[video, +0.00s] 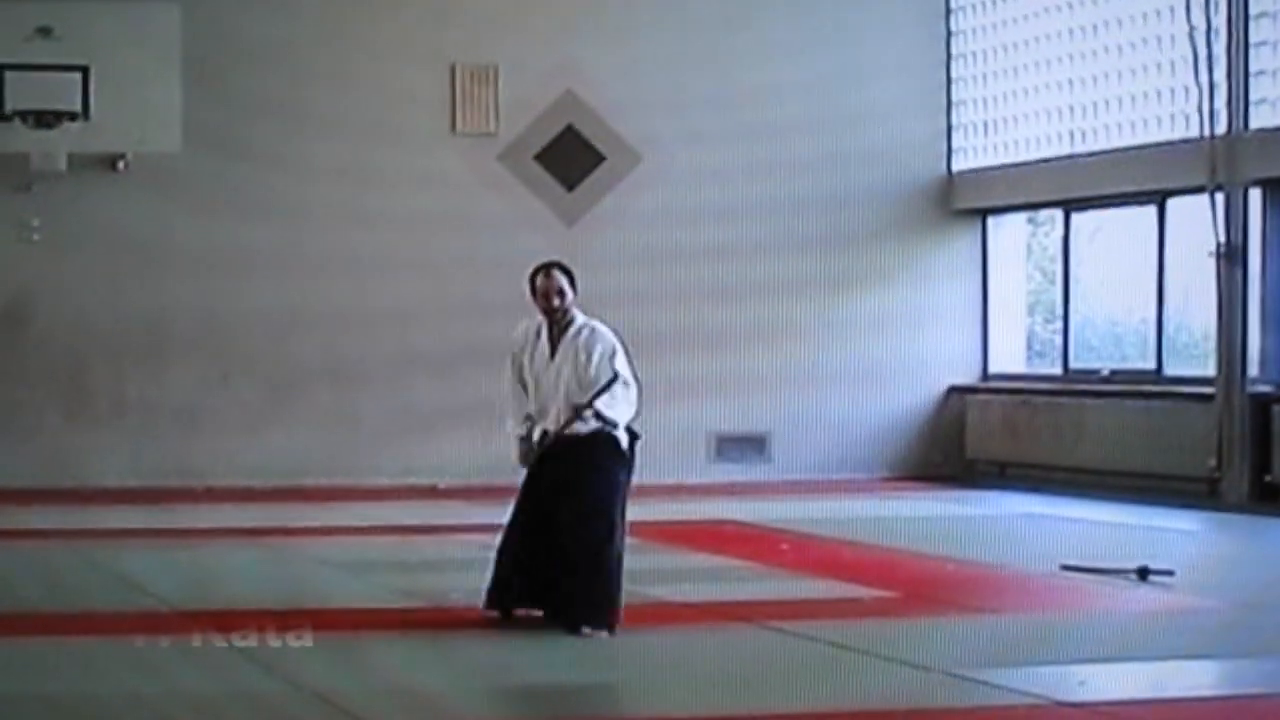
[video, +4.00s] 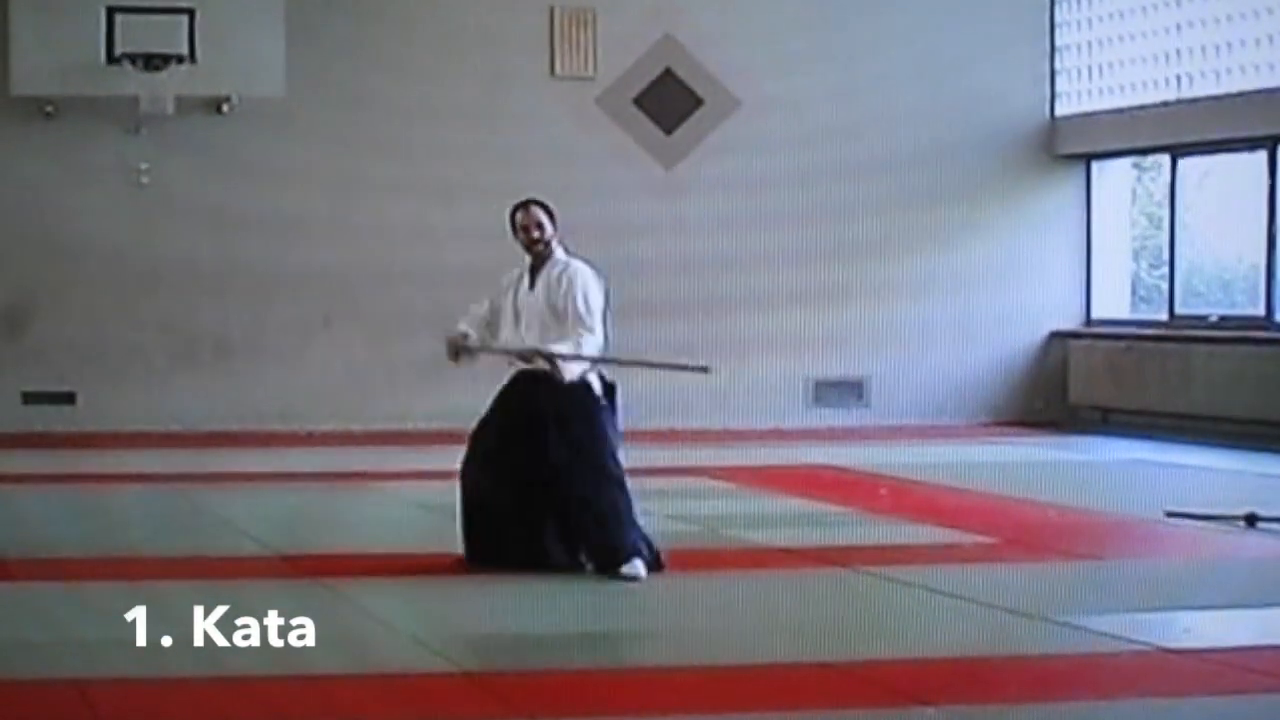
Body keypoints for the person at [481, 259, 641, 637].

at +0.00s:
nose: (553, 302)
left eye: (559, 293)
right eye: (545, 295)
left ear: (572, 294)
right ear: (535, 300)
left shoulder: (596, 337)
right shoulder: (525, 342)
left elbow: (622, 393)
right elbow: (519, 397)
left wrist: (585, 421)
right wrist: (524, 436)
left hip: (597, 442)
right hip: (551, 443)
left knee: (594, 526)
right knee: (533, 520)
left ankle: (596, 615)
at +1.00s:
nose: (522, 247)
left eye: (527, 238)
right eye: (513, 242)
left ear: (542, 242)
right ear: (505, 252)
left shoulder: (571, 288)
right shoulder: (496, 299)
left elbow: (599, 329)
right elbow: (504, 353)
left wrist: (619, 368)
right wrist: (546, 375)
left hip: (579, 394)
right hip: (525, 397)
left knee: (587, 481)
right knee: (492, 473)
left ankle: (599, 572)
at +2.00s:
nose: (453, 247)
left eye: (459, 238)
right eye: (445, 241)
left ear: (473, 239)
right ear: (437, 249)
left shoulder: (504, 278)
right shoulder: (438, 277)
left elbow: (506, 314)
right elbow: (408, 251)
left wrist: (488, 270)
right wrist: (397, 217)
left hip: (512, 389)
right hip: (466, 389)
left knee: (502, 482)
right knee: (435, 478)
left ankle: (505, 558)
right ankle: (430, 560)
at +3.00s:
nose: (610, 230)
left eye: (617, 222)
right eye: (602, 223)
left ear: (630, 226)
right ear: (590, 229)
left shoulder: (649, 275)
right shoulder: (572, 273)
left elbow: (655, 327)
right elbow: (569, 321)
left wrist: (635, 355)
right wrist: (597, 353)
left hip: (635, 377)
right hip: (588, 376)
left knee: (632, 467)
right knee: (586, 464)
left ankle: (640, 554)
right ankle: (588, 549)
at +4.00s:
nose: (534, 235)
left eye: (539, 226)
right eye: (525, 230)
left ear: (554, 227)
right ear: (517, 238)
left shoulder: (577, 276)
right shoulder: (513, 283)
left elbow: (591, 339)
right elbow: (485, 319)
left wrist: (556, 360)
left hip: (571, 387)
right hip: (525, 387)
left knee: (594, 464)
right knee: (484, 456)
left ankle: (627, 553)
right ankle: (492, 552)